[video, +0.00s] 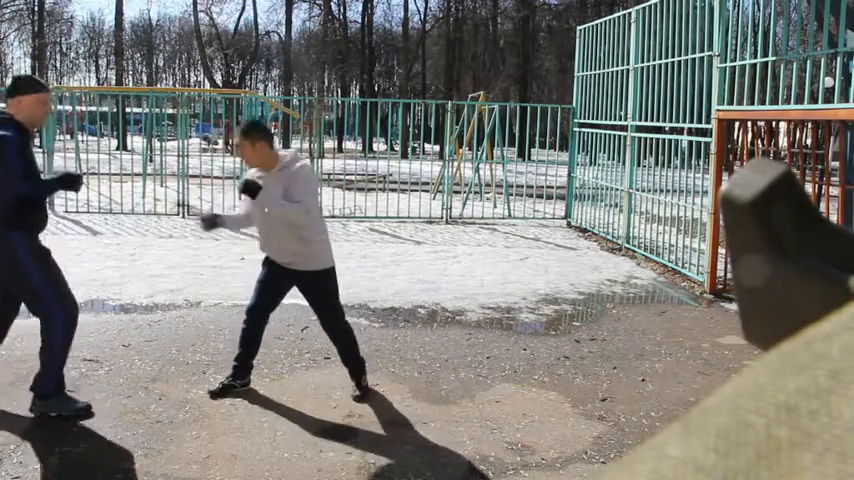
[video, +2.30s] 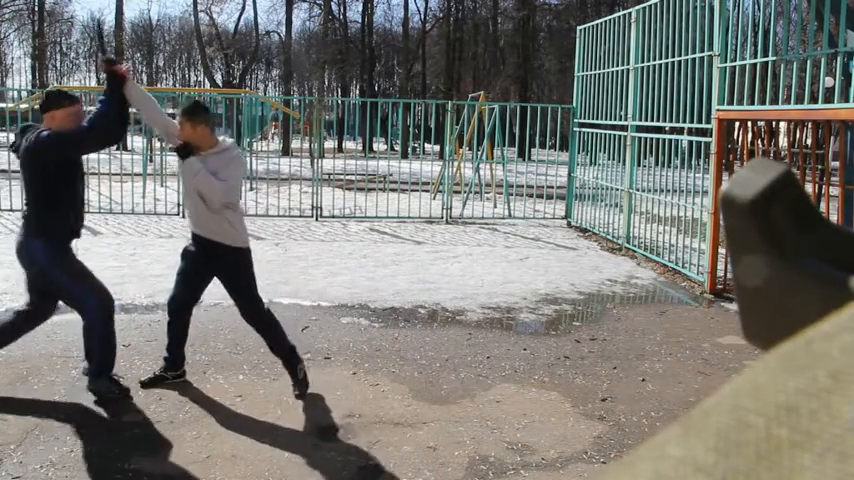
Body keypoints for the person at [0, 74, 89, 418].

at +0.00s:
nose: (48, 111)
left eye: (48, 104)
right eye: (44, 103)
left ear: (20, 103)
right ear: (21, 102)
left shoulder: (13, 136)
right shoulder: (10, 139)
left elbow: (21, 189)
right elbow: (20, 191)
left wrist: (56, 183)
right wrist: (61, 183)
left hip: (11, 243)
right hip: (16, 244)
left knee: (5, 313)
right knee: (61, 310)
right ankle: (48, 395)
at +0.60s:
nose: (57, 119)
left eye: (58, 112)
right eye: (55, 111)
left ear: (34, 105)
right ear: (35, 106)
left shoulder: (19, 132)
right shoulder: (17, 135)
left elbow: (46, 188)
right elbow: (47, 190)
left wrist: (99, 205)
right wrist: (103, 206)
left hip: (6, 243)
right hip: (3, 245)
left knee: (36, 308)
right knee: (37, 308)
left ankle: (37, 393)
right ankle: (38, 396)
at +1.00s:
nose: (41, 116)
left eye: (41, 108)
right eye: (36, 108)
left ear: (13, 109)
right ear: (12, 109)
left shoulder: (16, 143)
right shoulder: (7, 144)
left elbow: (34, 192)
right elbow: (30, 194)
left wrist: (78, 207)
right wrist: (78, 208)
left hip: (8, 250)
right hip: (4, 253)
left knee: (40, 313)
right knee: (38, 315)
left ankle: (39, 394)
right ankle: (39, 397)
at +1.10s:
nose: (35, 102)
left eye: (35, 95)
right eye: (29, 95)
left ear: (13, 97)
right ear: (8, 96)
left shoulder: (11, 129)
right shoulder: (5, 131)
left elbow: (16, 180)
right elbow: (14, 182)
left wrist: (53, 182)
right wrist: (55, 182)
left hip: (10, 238)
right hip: (5, 240)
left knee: (36, 306)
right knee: (37, 306)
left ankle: (39, 388)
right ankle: (41, 391)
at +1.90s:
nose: (33, 110)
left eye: (32, 104)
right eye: (27, 104)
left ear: (13, 109)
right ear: (7, 109)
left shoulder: (19, 142)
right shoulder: (7, 146)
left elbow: (36, 182)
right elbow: (30, 189)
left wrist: (73, 165)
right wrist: (73, 165)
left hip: (16, 247)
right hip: (9, 248)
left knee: (6, 310)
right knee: (63, 298)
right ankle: (56, 378)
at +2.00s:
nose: (40, 122)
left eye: (38, 115)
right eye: (34, 116)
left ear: (11, 122)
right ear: (10, 122)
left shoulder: (16, 150)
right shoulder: (17, 153)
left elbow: (73, 154)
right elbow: (74, 154)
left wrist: (108, 119)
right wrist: (109, 117)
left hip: (12, 255)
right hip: (16, 256)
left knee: (16, 312)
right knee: (78, 301)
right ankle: (86, 383)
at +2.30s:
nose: (81, 115)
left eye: (80, 110)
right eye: (75, 110)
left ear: (52, 115)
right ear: (53, 115)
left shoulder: (45, 140)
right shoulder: (47, 142)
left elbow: (110, 136)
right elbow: (101, 133)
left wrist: (119, 91)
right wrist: (115, 86)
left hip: (41, 248)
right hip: (46, 251)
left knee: (39, 309)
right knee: (98, 304)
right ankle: (100, 378)